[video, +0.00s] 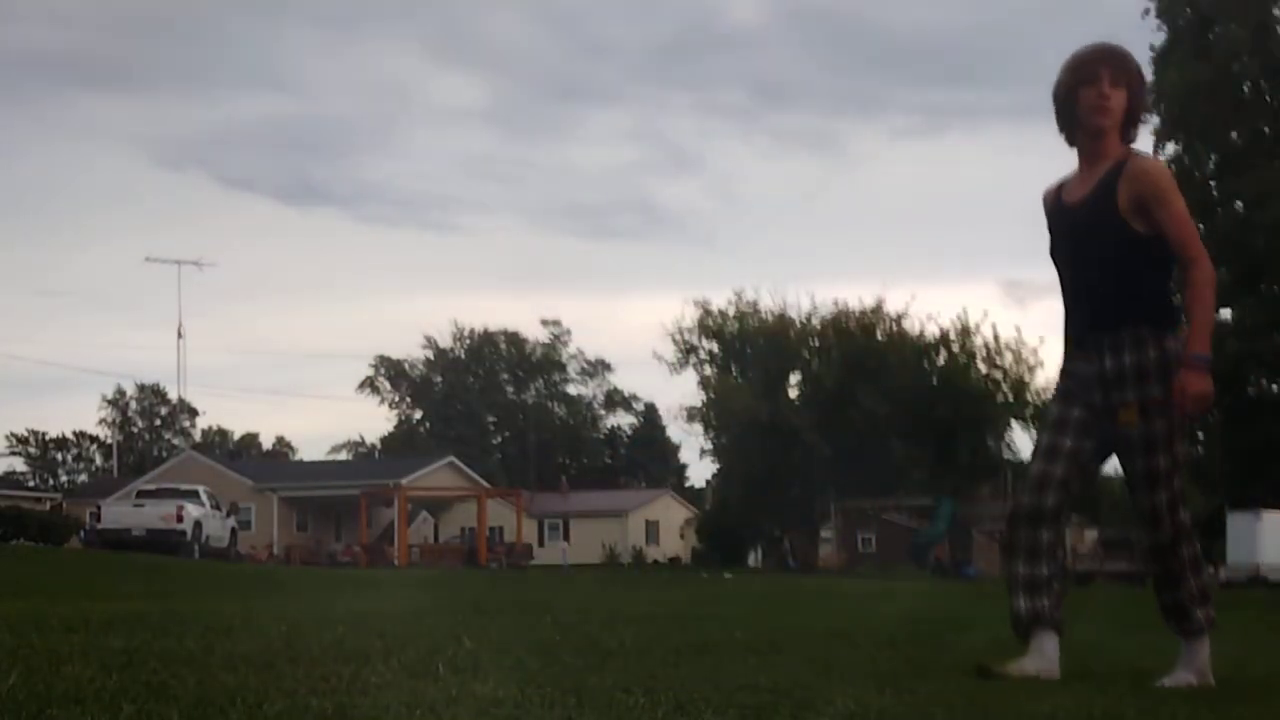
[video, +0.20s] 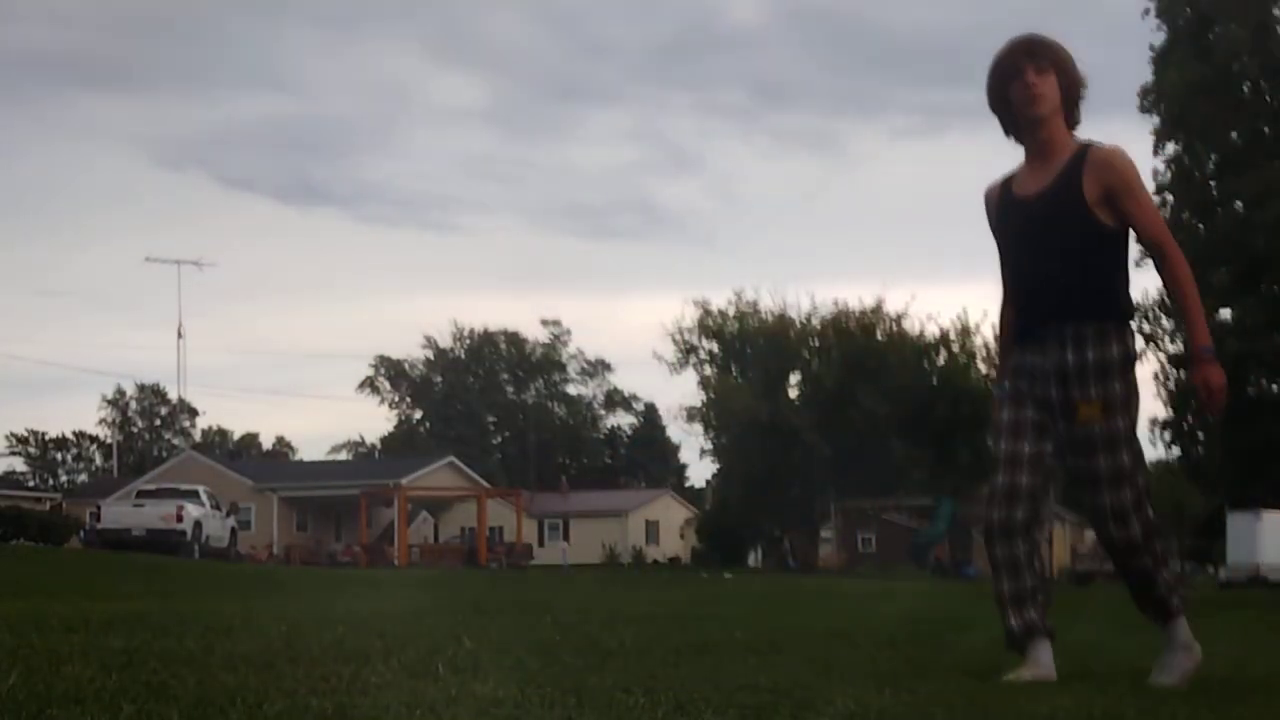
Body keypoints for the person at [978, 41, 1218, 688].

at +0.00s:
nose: (1101, 94)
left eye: (1114, 86)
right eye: (1088, 85)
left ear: (1131, 101)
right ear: (1067, 102)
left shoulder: (1144, 172)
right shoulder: (1057, 197)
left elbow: (1198, 264)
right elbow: (1080, 290)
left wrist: (1196, 358)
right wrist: (1075, 366)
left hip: (1147, 357)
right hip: (1083, 365)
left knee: (1161, 506)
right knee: (1039, 496)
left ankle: (1196, 655)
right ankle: (1043, 649)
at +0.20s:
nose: (1027, 82)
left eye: (1039, 71)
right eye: (1013, 78)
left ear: (1067, 86)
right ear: (1000, 103)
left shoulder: (1104, 164)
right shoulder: (1000, 196)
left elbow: (1167, 254)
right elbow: (1012, 290)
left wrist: (1202, 350)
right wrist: (1003, 370)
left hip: (1097, 354)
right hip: (1027, 360)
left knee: (1114, 502)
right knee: (1008, 507)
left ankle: (1178, 636)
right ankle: (1037, 657)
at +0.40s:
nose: (987, 58)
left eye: (999, 46)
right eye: (973, 53)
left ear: (1026, 59)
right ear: (960, 74)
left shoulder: (1071, 141)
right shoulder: (952, 172)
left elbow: (1128, 231)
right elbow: (951, 272)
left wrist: (1145, 328)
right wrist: (919, 356)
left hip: (1059, 331)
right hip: (993, 339)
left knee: (1038, 477)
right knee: (997, 493)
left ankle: (1082, 595)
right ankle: (1032, 646)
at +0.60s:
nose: (964, 46)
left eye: (977, 34)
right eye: (949, 37)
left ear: (1000, 48)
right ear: (932, 57)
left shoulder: (1040, 139)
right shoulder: (914, 157)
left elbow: (1082, 241)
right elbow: (896, 260)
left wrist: (1079, 337)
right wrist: (853, 324)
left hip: (1023, 332)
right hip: (952, 339)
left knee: (989, 482)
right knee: (985, 490)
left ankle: (966, 624)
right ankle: (1035, 651)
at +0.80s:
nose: (938, 22)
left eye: (953, 11)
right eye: (924, 11)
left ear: (975, 28)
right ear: (906, 29)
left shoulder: (1007, 124)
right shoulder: (875, 130)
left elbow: (1041, 236)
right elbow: (861, 239)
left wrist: (1041, 340)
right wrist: (827, 323)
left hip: (978, 313)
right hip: (906, 320)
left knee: (948, 480)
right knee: (934, 485)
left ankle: (952, 647)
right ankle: (1013, 621)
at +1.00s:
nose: (897, 2)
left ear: (934, 9)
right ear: (861, 11)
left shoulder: (968, 100)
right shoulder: (829, 108)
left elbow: (1009, 211)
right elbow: (821, 222)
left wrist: (1024, 310)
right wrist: (806, 317)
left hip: (939, 301)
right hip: (856, 306)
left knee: (942, 478)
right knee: (834, 478)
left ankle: (951, 631)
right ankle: (880, 596)